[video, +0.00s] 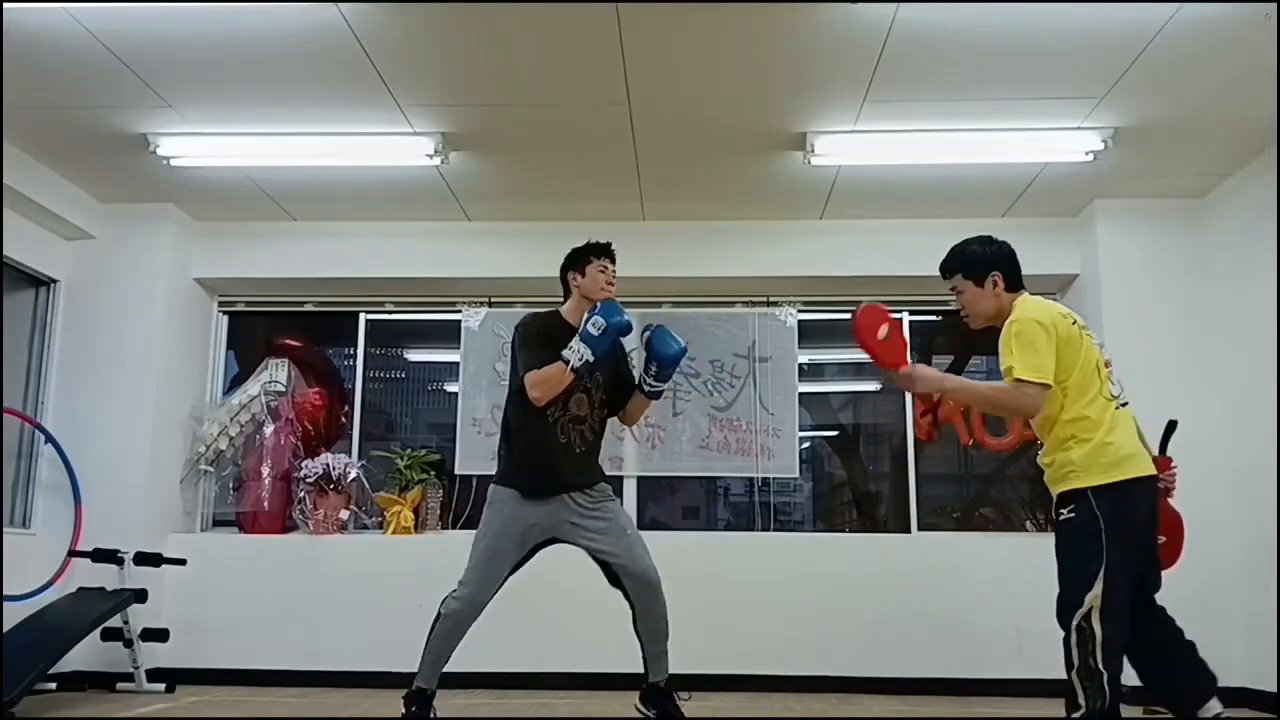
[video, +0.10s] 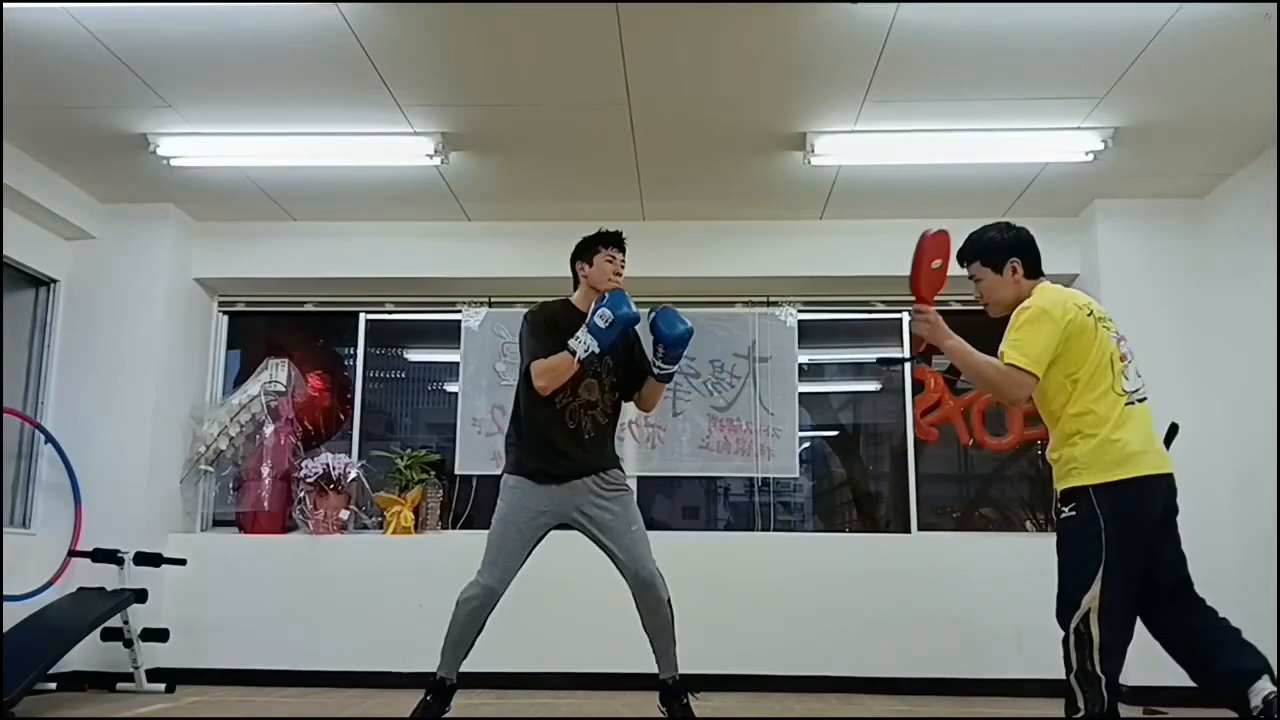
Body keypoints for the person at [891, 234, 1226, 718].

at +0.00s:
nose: (958, 305)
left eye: (961, 292)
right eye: (955, 295)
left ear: (995, 282)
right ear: (999, 284)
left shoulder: (1026, 317)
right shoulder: (1054, 315)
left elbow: (1028, 399)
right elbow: (1095, 402)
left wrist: (941, 383)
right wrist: (1141, 461)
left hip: (1096, 484)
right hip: (1126, 476)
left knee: (1087, 614)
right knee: (1135, 608)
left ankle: (1093, 709)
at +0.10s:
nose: (975, 292)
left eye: (979, 278)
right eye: (972, 281)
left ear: (1015, 268)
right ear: (1024, 270)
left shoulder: (1041, 306)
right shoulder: (1079, 304)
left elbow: (1015, 385)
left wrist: (945, 340)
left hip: (1100, 481)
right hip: (1146, 475)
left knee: (1088, 620)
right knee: (1169, 601)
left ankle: (1092, 707)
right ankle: (1259, 694)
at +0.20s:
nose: (1000, 288)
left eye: (1002, 273)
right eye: (996, 278)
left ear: (1037, 260)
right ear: (1044, 263)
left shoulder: (1060, 297)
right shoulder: (1109, 299)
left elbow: (1032, 377)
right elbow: (1117, 407)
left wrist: (963, 327)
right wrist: (1080, 489)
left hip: (1115, 484)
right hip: (1171, 479)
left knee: (1090, 634)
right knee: (1215, 615)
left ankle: (1090, 709)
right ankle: (1273, 697)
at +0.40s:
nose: (1041, 301)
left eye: (1041, 284)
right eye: (1036, 292)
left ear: (1075, 264)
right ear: (1089, 269)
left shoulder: (1095, 293)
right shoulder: (1162, 308)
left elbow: (1088, 360)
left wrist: (1006, 334)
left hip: (1137, 483)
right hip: (1210, 487)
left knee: (1076, 614)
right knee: (1242, 622)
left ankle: (1066, 709)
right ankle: (1269, 706)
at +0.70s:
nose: (1004, 304)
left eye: (1004, 291)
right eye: (1000, 295)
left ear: (1032, 274)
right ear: (1054, 274)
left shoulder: (1040, 309)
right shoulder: (1141, 317)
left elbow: (987, 375)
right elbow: (1213, 374)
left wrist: (946, 318)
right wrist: (1272, 412)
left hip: (1081, 504)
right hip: (1162, 508)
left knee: (1004, 627)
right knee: (1212, 634)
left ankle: (987, 709)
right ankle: (1269, 701)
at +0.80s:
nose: (964, 291)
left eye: (964, 282)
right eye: (961, 283)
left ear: (990, 270)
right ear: (1026, 269)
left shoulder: (980, 306)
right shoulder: (1100, 314)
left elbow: (899, 362)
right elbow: (1169, 374)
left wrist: (865, 304)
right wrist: (1246, 433)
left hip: (1028, 505)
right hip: (1116, 505)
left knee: (971, 632)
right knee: (1186, 623)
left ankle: (977, 710)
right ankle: (1266, 702)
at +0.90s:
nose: (927, 266)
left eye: (927, 258)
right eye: (926, 259)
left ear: (948, 248)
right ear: (990, 245)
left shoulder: (931, 283)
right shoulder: (1056, 294)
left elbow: (849, 333)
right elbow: (1118, 372)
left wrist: (816, 302)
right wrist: (1161, 448)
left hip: (983, 493)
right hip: (1071, 487)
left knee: (959, 636)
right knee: (1135, 611)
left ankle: (969, 712)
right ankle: (1217, 703)